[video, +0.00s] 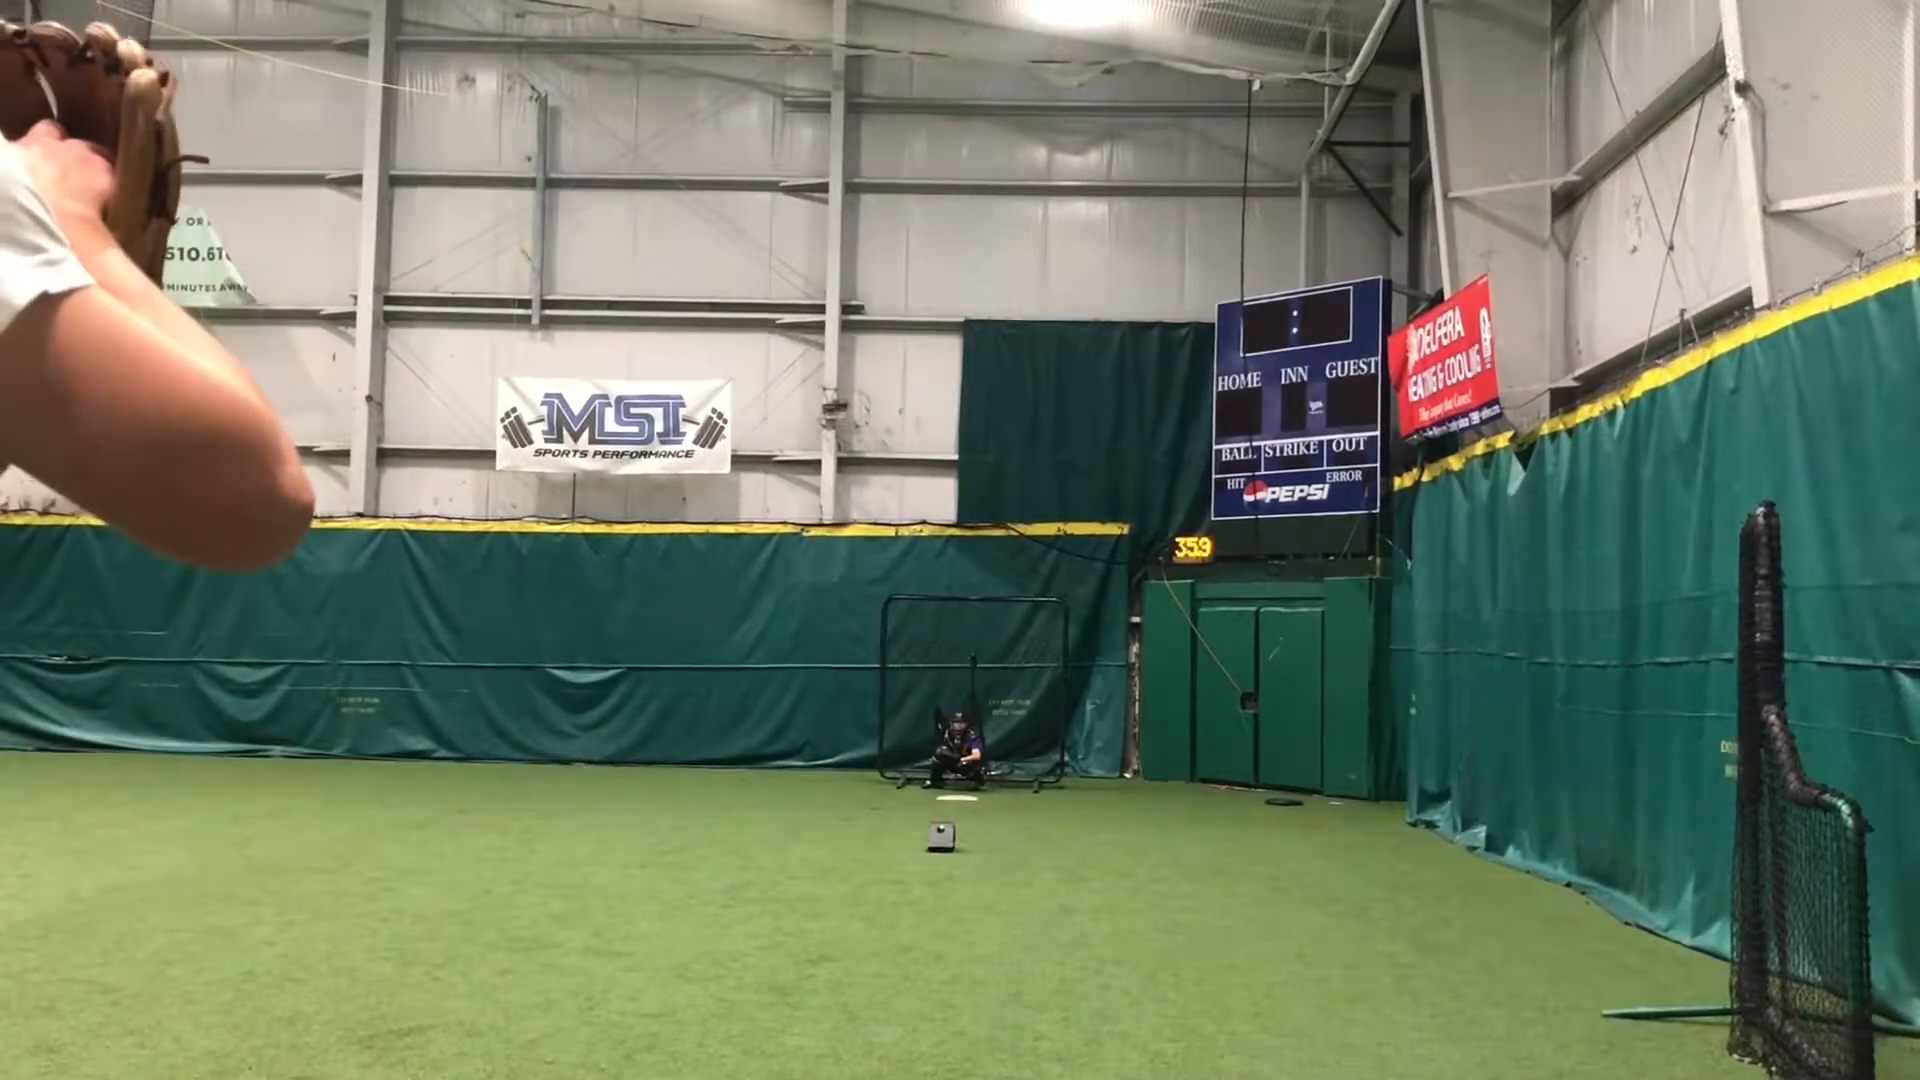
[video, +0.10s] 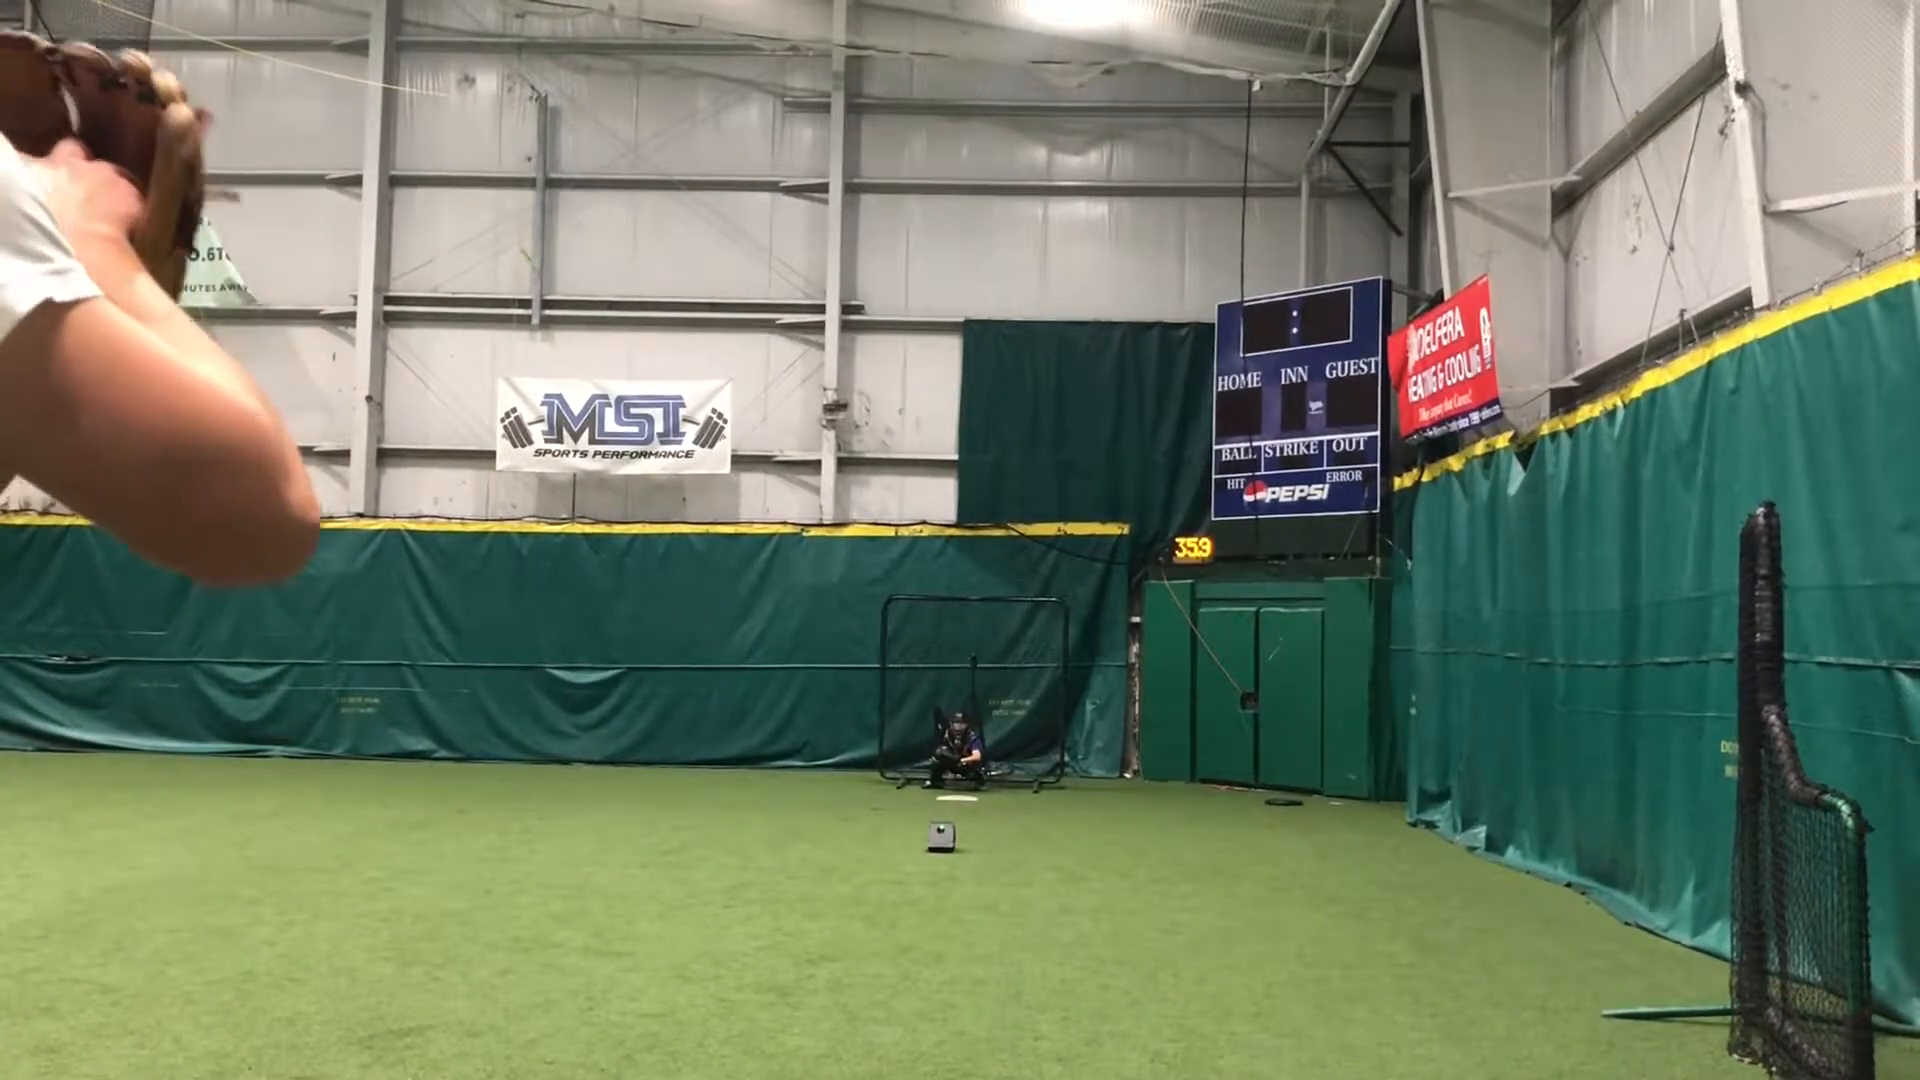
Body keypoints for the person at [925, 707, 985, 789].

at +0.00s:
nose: (958, 727)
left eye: (961, 723)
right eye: (955, 723)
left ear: (966, 725)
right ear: (951, 724)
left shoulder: (972, 736)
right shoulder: (947, 734)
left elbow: (977, 755)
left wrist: (963, 760)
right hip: (950, 760)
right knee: (937, 763)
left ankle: (980, 782)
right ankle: (935, 781)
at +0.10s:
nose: (958, 727)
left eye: (961, 724)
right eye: (955, 723)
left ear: (966, 725)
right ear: (951, 725)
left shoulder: (972, 737)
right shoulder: (947, 735)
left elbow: (977, 756)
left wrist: (964, 760)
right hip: (950, 761)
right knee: (937, 762)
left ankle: (980, 782)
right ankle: (935, 781)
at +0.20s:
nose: (958, 727)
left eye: (961, 723)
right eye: (955, 723)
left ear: (966, 725)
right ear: (951, 725)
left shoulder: (972, 737)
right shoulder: (947, 735)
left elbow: (977, 756)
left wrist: (964, 760)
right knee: (937, 762)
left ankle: (979, 782)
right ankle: (936, 781)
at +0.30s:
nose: (958, 727)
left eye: (961, 724)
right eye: (955, 723)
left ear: (966, 725)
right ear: (951, 725)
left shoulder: (972, 737)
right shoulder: (947, 735)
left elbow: (977, 756)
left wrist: (964, 760)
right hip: (950, 762)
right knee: (936, 763)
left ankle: (980, 782)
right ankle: (935, 781)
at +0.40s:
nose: (958, 727)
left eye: (961, 723)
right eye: (955, 723)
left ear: (966, 725)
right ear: (951, 725)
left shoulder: (972, 737)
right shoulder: (947, 735)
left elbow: (977, 756)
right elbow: (941, 750)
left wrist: (962, 759)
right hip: (950, 762)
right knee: (936, 763)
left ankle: (979, 782)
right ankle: (936, 781)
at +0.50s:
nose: (958, 727)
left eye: (961, 723)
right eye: (955, 723)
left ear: (966, 725)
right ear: (951, 725)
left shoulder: (972, 737)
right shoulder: (947, 735)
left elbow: (977, 756)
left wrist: (961, 759)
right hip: (950, 762)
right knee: (936, 763)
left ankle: (979, 781)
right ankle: (935, 781)